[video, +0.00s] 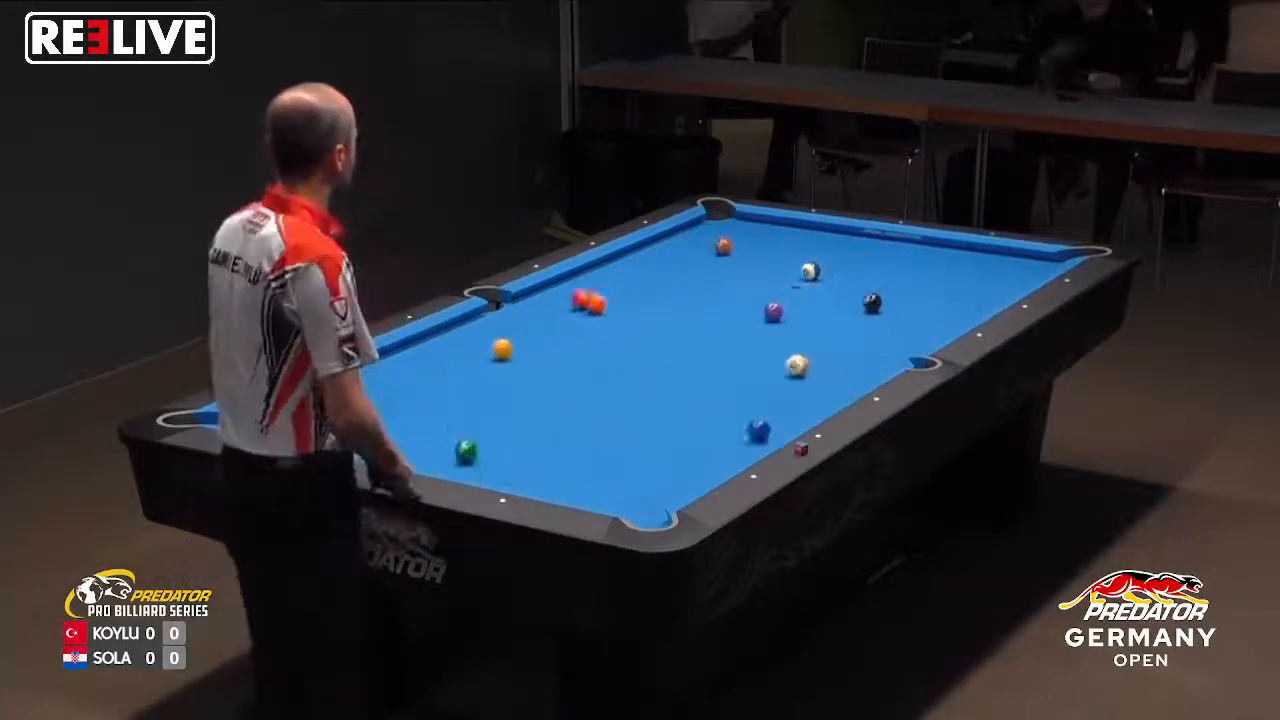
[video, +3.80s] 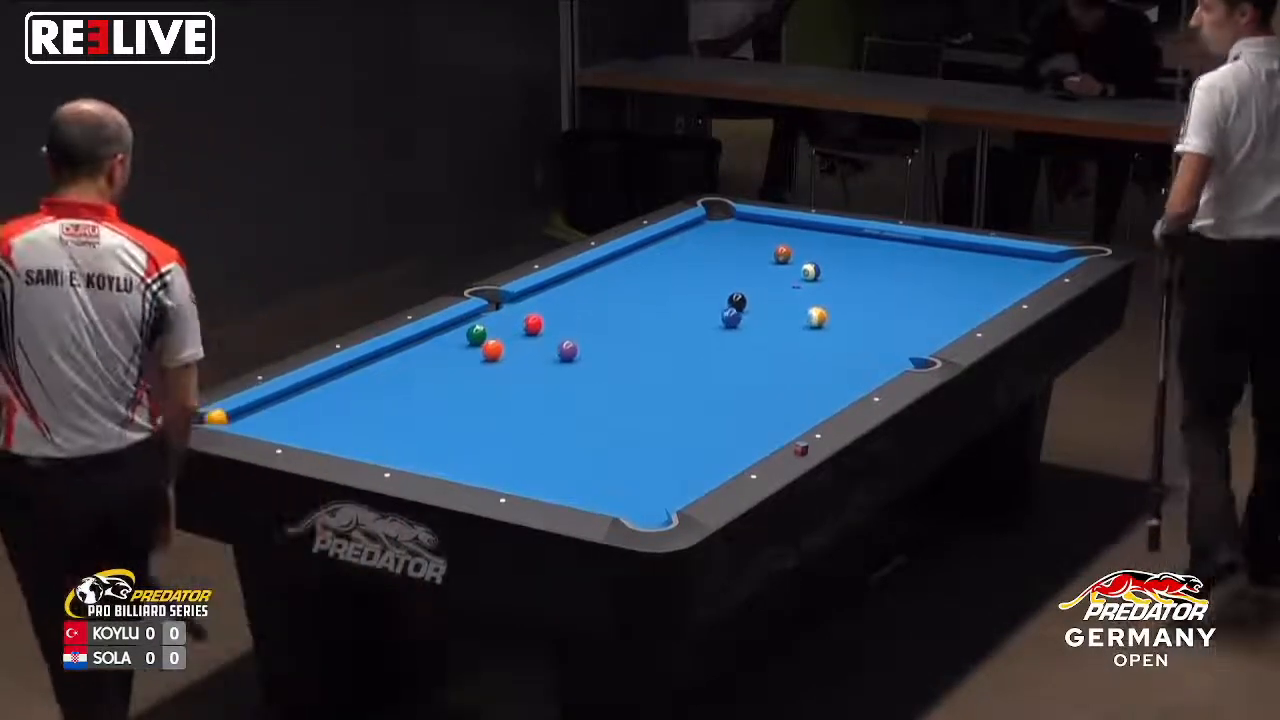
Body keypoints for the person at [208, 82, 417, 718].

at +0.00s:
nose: (354, 156)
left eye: (353, 143)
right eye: (353, 145)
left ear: (276, 148)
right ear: (339, 156)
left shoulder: (232, 232)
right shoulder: (313, 257)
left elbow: (244, 363)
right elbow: (348, 413)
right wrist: (389, 461)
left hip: (241, 473)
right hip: (303, 484)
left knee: (277, 651)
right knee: (329, 651)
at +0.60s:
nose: (334, 174)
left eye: (331, 161)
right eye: (332, 162)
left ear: (249, 168)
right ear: (320, 174)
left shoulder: (207, 261)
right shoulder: (314, 291)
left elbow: (196, 384)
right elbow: (358, 451)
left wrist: (227, 453)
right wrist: (405, 511)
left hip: (246, 500)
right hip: (317, 508)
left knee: (280, 663)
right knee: (349, 662)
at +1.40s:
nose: (337, 226)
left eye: (334, 211)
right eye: (336, 214)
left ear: (244, 216)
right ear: (321, 231)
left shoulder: (183, 317)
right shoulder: (325, 357)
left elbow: (175, 449)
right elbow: (370, 516)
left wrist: (190, 536)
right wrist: (416, 616)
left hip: (231, 575)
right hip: (316, 583)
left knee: (257, 705)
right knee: (339, 705)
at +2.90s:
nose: (254, 203)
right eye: (253, 192)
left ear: (160, 203)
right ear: (244, 202)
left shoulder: (106, 302)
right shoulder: (271, 321)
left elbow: (86, 441)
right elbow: (314, 473)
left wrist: (106, 502)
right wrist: (337, 565)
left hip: (151, 539)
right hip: (251, 544)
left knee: (155, 689)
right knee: (270, 689)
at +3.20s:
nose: (188, 182)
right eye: (187, 172)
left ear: (103, 176)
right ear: (180, 182)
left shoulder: (46, 279)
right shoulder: (218, 291)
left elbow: (17, 423)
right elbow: (258, 440)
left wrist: (52, 446)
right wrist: (270, 522)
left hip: (94, 522)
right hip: (191, 521)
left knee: (124, 694)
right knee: (239, 682)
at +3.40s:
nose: (157, 177)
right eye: (157, 166)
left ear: (74, 168)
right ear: (151, 174)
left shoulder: (21, 271)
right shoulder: (195, 276)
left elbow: (8, 409)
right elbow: (227, 419)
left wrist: (48, 409)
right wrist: (221, 497)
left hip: (72, 514)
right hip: (173, 508)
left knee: (108, 683)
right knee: (193, 674)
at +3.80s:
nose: (128, 171)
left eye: (126, 161)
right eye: (128, 162)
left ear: (49, 161)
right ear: (118, 167)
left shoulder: (8, 249)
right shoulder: (157, 264)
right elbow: (180, 404)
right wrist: (166, 486)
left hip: (30, 482)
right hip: (127, 478)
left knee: (57, 636)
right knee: (117, 633)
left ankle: (85, 711)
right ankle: (107, 713)